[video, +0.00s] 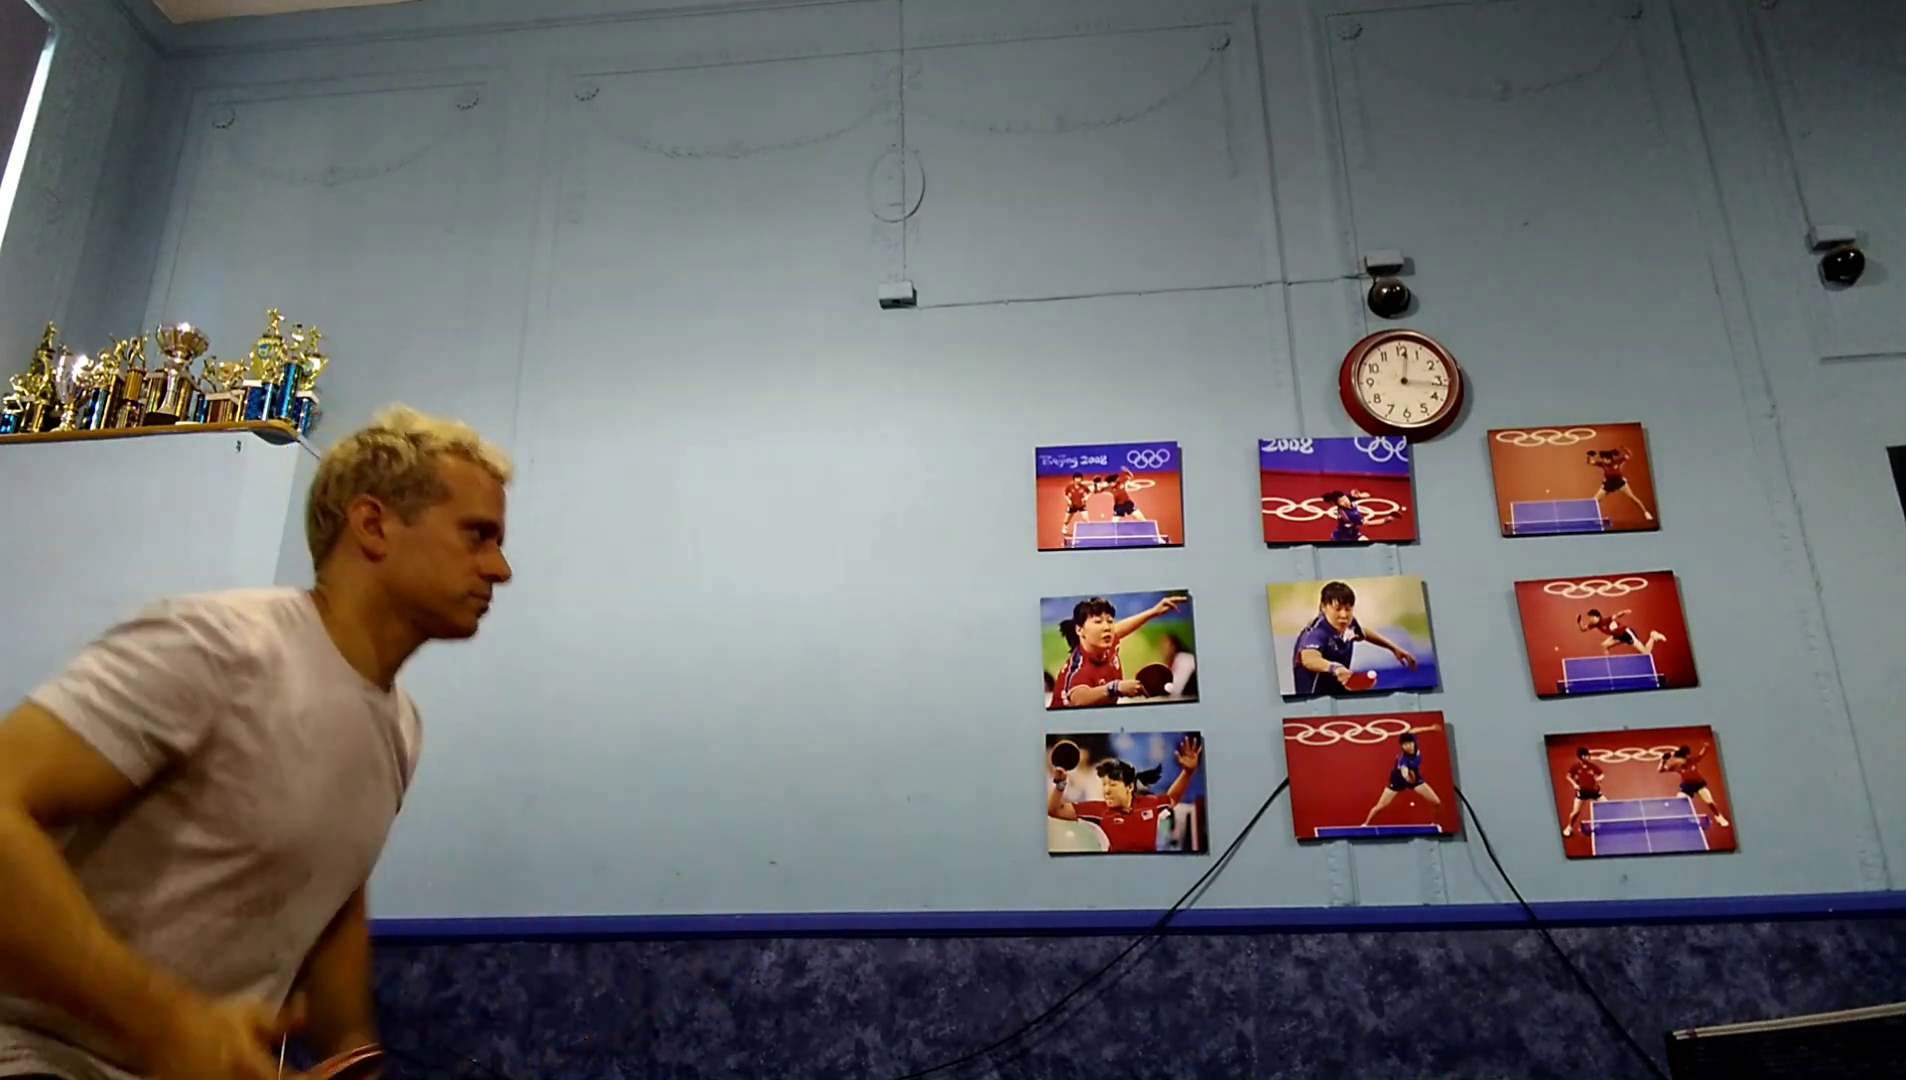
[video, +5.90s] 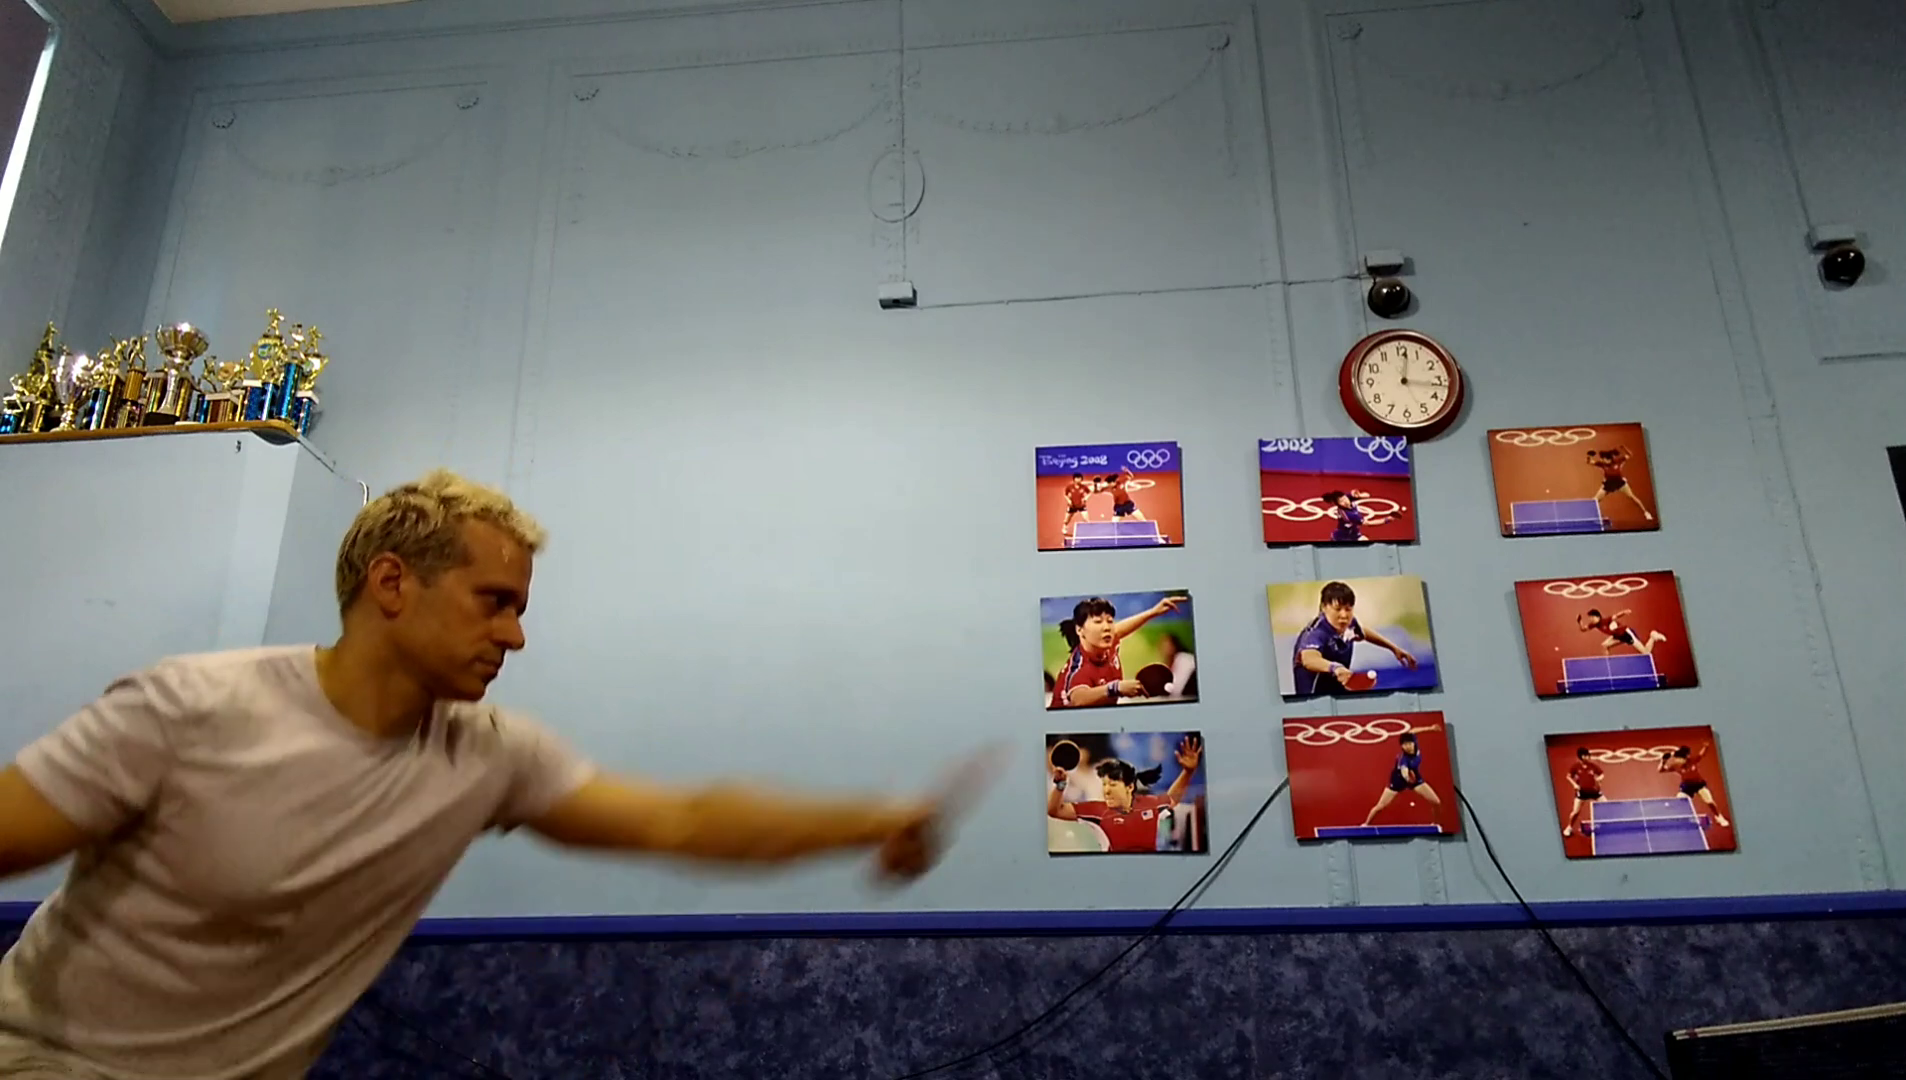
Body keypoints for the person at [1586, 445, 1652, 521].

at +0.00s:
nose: (1605, 461)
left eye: (1606, 460)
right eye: (1604, 460)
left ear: (1610, 459)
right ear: (1603, 459)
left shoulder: (1617, 461)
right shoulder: (1602, 464)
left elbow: (1629, 456)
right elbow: (1590, 463)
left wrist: (1624, 449)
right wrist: (1589, 457)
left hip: (1620, 482)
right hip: (1608, 483)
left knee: (1632, 497)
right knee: (1595, 499)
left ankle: (1645, 512)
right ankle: (1591, 519)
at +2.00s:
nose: (1605, 461)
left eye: (1606, 459)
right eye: (1603, 459)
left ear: (1610, 458)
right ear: (1602, 459)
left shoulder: (1618, 462)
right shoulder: (1602, 464)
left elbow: (1629, 456)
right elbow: (1590, 463)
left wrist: (1624, 449)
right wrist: (1589, 457)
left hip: (1620, 482)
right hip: (1608, 483)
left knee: (1632, 497)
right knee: (1595, 499)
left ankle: (1645, 512)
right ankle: (1590, 519)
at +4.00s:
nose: (1605, 461)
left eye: (1606, 459)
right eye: (1603, 460)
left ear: (1610, 458)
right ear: (1603, 459)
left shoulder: (1618, 462)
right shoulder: (1602, 464)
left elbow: (1629, 456)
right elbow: (1590, 463)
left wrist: (1624, 448)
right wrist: (1589, 457)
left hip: (1620, 482)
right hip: (1608, 483)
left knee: (1632, 497)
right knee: (1596, 499)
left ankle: (1645, 512)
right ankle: (1590, 518)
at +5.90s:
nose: (1605, 462)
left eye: (1606, 460)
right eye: (1603, 460)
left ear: (1610, 459)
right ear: (1603, 459)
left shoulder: (1618, 461)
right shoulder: (1602, 464)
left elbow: (1629, 456)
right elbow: (1590, 463)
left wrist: (1624, 448)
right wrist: (1589, 457)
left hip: (1620, 482)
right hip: (1608, 483)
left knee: (1632, 497)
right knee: (1595, 499)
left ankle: (1645, 512)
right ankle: (1592, 519)